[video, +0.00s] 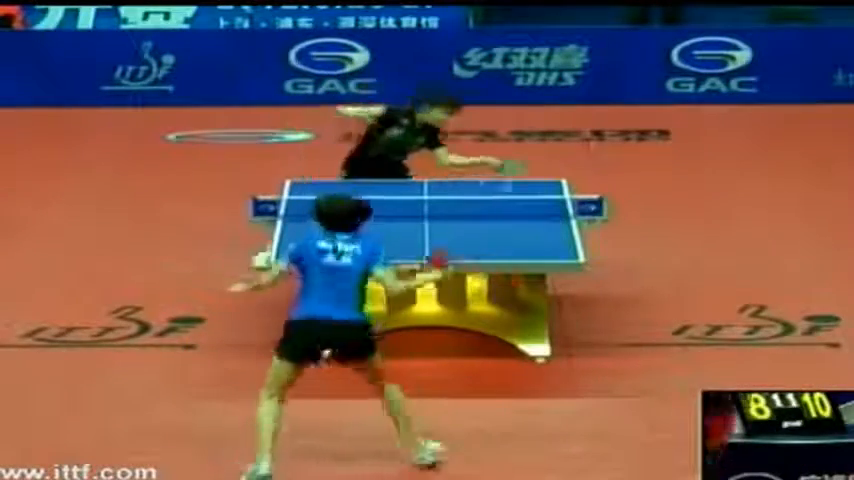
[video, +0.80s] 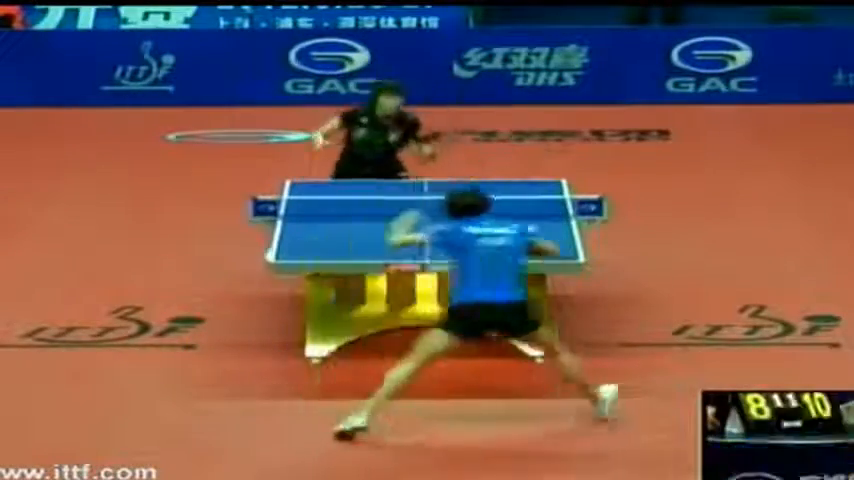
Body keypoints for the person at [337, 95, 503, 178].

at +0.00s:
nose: (446, 120)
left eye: (448, 115)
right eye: (444, 113)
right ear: (428, 108)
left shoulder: (430, 134)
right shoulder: (397, 114)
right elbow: (368, 113)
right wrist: (347, 111)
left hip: (392, 170)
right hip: (361, 168)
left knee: (413, 201)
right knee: (361, 209)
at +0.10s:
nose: (467, 121)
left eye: (470, 117)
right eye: (466, 115)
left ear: (461, 116)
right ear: (452, 109)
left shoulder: (451, 133)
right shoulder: (420, 111)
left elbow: (461, 158)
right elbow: (393, 108)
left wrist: (489, 156)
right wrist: (367, 105)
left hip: (410, 167)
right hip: (381, 163)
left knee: (435, 195)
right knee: (368, 200)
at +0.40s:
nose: (465, 99)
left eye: (468, 95)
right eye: (461, 93)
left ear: (469, 99)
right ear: (449, 91)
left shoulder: (463, 121)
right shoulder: (418, 99)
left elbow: (472, 149)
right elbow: (388, 94)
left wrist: (484, 144)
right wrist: (369, 89)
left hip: (428, 173)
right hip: (389, 169)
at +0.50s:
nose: (447, 87)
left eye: (450, 83)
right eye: (443, 82)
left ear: (452, 87)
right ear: (431, 80)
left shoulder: (451, 109)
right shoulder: (406, 93)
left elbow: (461, 137)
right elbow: (380, 91)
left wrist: (466, 138)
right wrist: (362, 89)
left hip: (421, 168)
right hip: (379, 164)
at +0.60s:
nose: (428, 85)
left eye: (433, 81)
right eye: (425, 79)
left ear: (439, 84)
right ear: (417, 79)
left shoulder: (441, 106)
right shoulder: (396, 94)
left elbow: (450, 135)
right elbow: (367, 96)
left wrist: (452, 136)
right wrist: (347, 100)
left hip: (413, 166)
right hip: (373, 163)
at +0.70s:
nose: (406, 97)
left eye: (411, 92)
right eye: (403, 91)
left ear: (417, 95)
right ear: (393, 92)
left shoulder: (420, 117)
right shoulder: (375, 109)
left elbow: (434, 141)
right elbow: (351, 117)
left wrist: (439, 146)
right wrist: (333, 126)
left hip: (402, 169)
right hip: (366, 167)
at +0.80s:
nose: (391, 104)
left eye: (395, 99)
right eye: (387, 98)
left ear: (401, 102)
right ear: (377, 99)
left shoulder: (405, 124)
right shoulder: (357, 117)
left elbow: (416, 146)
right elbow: (335, 125)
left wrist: (426, 151)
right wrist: (321, 136)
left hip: (388, 176)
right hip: (351, 175)